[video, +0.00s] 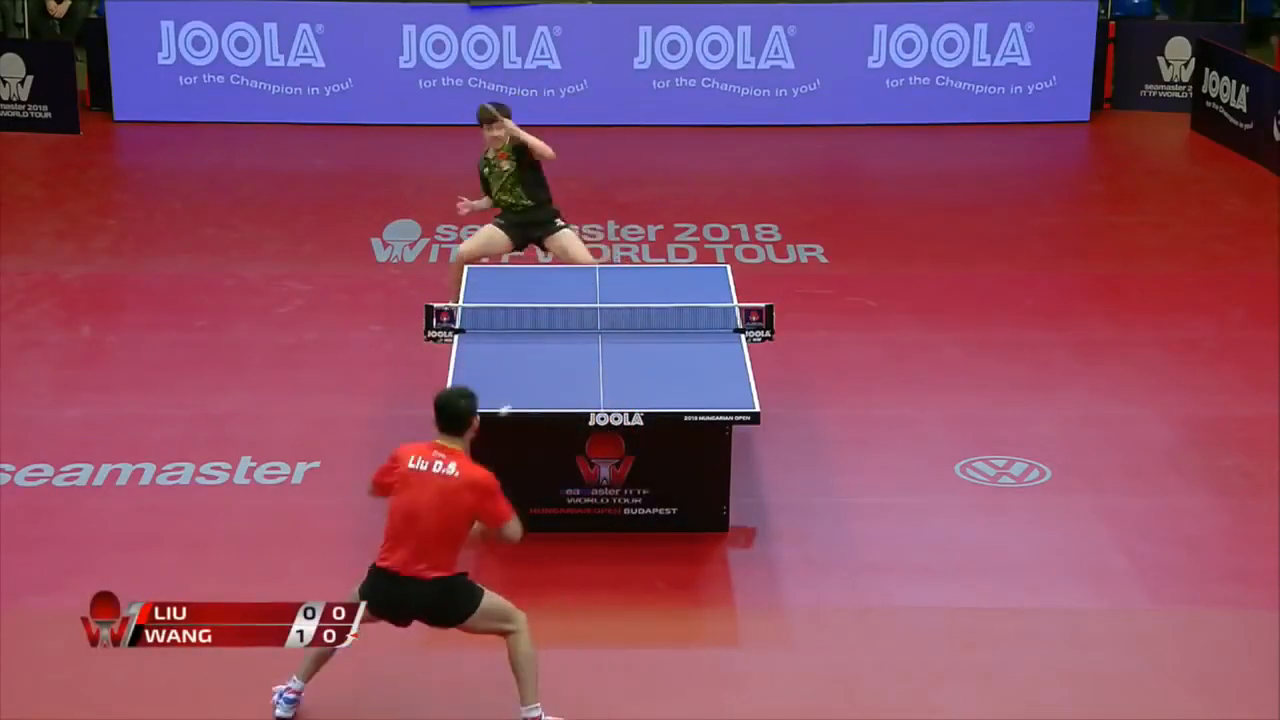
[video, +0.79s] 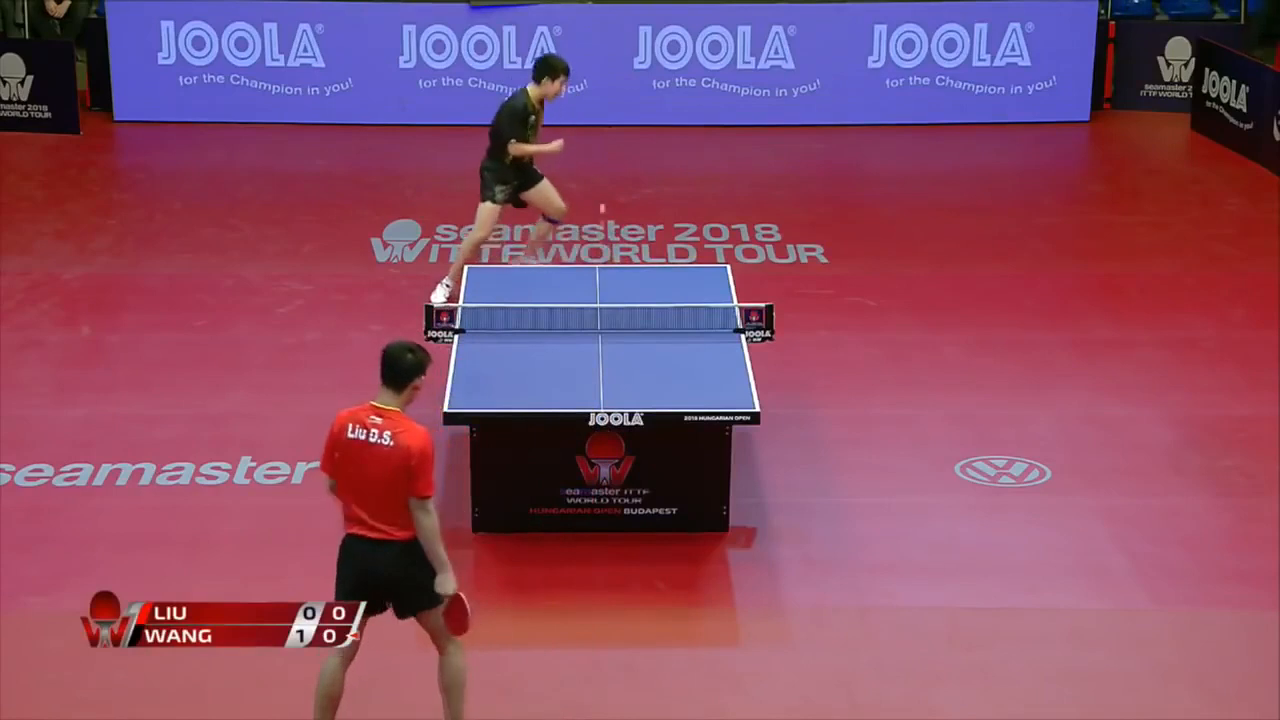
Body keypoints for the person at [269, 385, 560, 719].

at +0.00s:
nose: (476, 423)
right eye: (476, 417)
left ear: (435, 421)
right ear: (472, 424)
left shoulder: (405, 456)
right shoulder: (478, 478)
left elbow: (376, 489)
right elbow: (513, 532)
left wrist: (420, 485)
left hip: (385, 586)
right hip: (438, 592)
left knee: (343, 619)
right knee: (515, 622)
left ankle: (291, 690)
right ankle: (533, 713)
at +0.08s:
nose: (473, 402)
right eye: (473, 398)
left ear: (435, 399)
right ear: (471, 404)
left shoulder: (408, 438)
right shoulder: (487, 446)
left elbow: (369, 462)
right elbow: (529, 474)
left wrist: (361, 452)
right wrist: (523, 446)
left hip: (389, 563)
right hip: (439, 572)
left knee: (342, 622)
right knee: (499, 626)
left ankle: (292, 691)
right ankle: (530, 711)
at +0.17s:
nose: (471, 380)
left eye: (467, 374)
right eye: (471, 375)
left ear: (430, 375)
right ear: (465, 378)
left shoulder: (401, 420)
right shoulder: (480, 419)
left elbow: (364, 477)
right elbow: (529, 446)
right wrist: (557, 458)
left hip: (391, 538)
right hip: (440, 545)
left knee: (346, 626)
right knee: (488, 634)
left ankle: (307, 707)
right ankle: (533, 714)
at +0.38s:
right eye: (442, 376)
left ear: (404, 382)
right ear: (443, 381)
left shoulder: (388, 438)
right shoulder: (470, 433)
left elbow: (348, 494)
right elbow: (509, 481)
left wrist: (303, 530)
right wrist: (543, 515)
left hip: (395, 557)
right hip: (447, 561)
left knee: (356, 646)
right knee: (494, 650)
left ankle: (326, 715)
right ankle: (516, 715)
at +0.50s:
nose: (430, 387)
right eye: (429, 381)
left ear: (386, 381)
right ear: (424, 386)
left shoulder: (354, 434)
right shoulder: (441, 441)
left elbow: (327, 493)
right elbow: (463, 512)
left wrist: (295, 525)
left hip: (371, 560)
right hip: (424, 565)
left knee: (343, 652)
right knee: (476, 653)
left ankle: (323, 717)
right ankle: (506, 715)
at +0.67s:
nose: (419, 384)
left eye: (420, 377)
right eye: (420, 378)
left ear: (378, 375)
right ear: (413, 383)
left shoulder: (343, 425)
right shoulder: (420, 436)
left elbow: (325, 485)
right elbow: (431, 504)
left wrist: (324, 507)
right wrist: (454, 564)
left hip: (356, 555)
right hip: (408, 559)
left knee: (340, 650)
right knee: (454, 646)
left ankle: (322, 718)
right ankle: (476, 715)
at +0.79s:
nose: (424, 385)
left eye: (424, 378)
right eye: (424, 378)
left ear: (382, 375)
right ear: (414, 384)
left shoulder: (345, 420)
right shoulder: (415, 438)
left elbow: (334, 485)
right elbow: (422, 508)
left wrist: (372, 499)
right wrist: (443, 569)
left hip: (355, 555)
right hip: (404, 559)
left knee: (342, 649)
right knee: (448, 643)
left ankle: (321, 718)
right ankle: (455, 716)